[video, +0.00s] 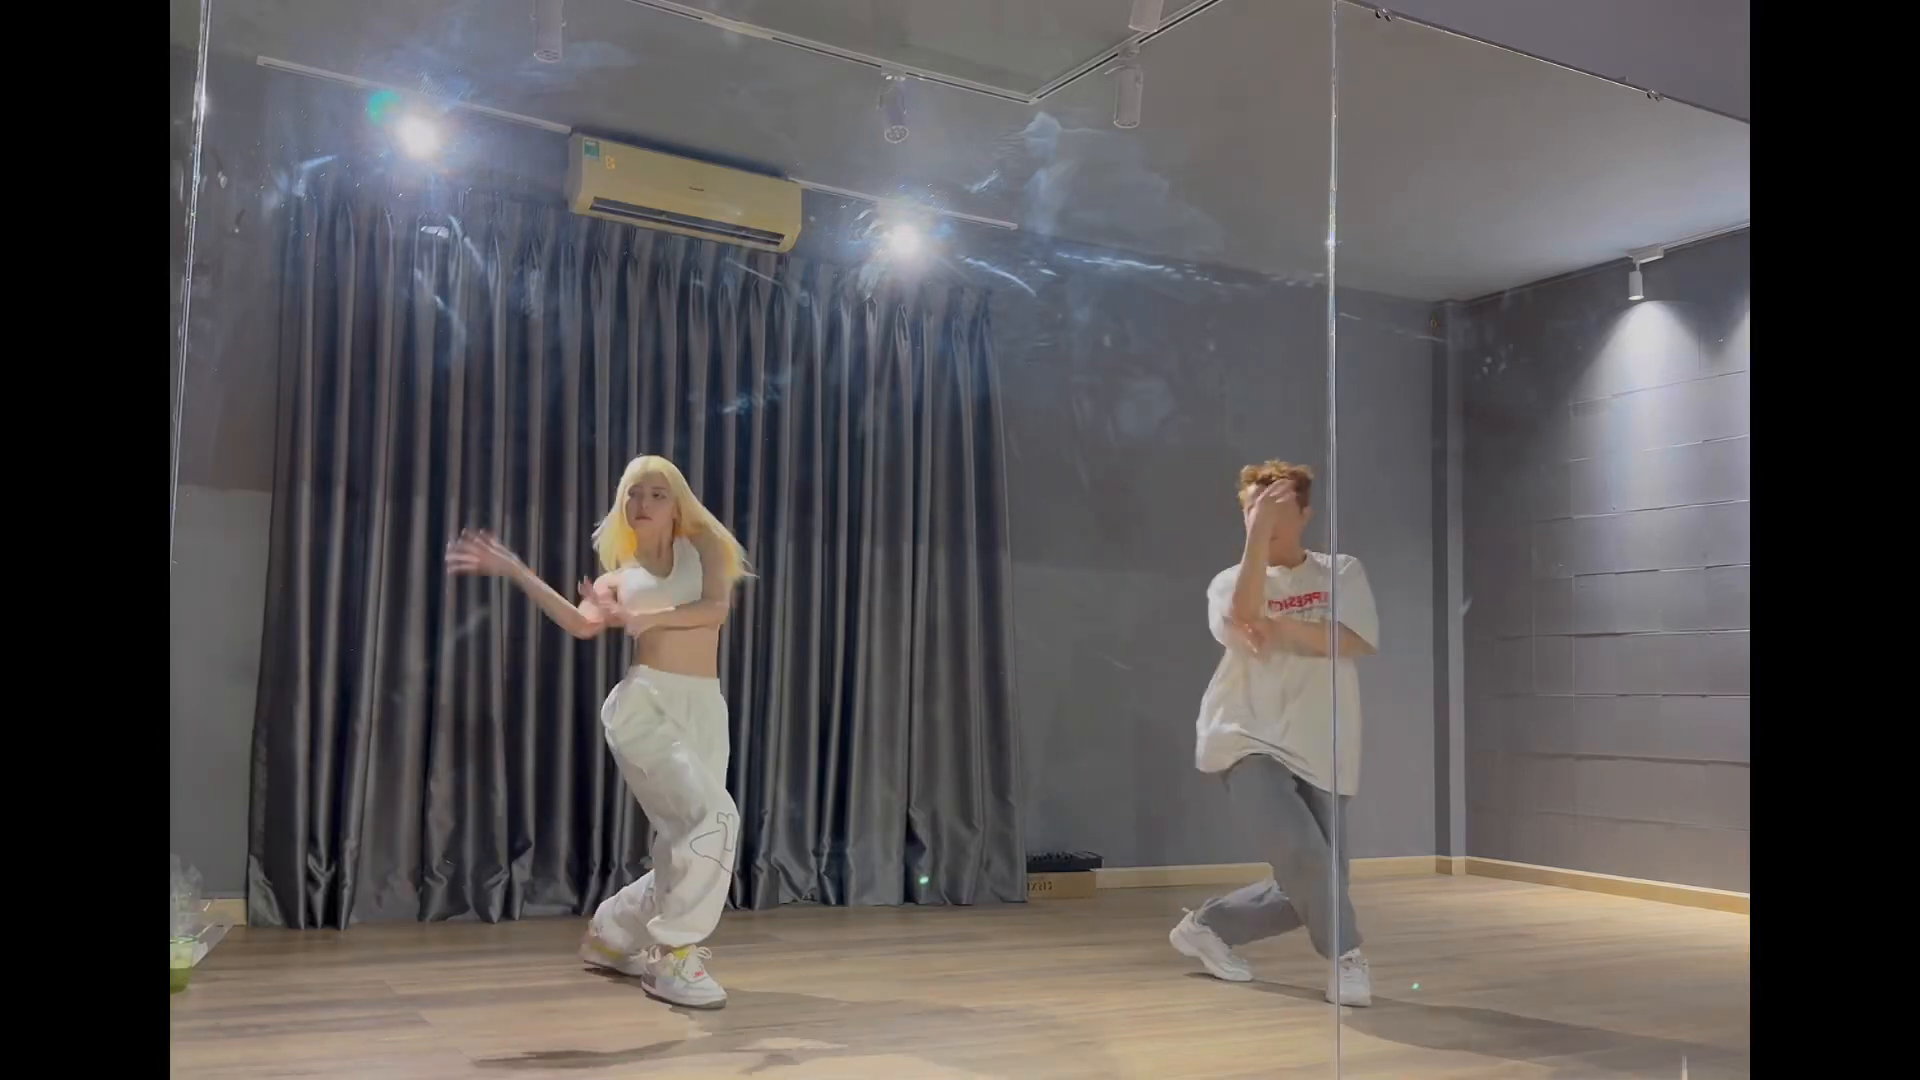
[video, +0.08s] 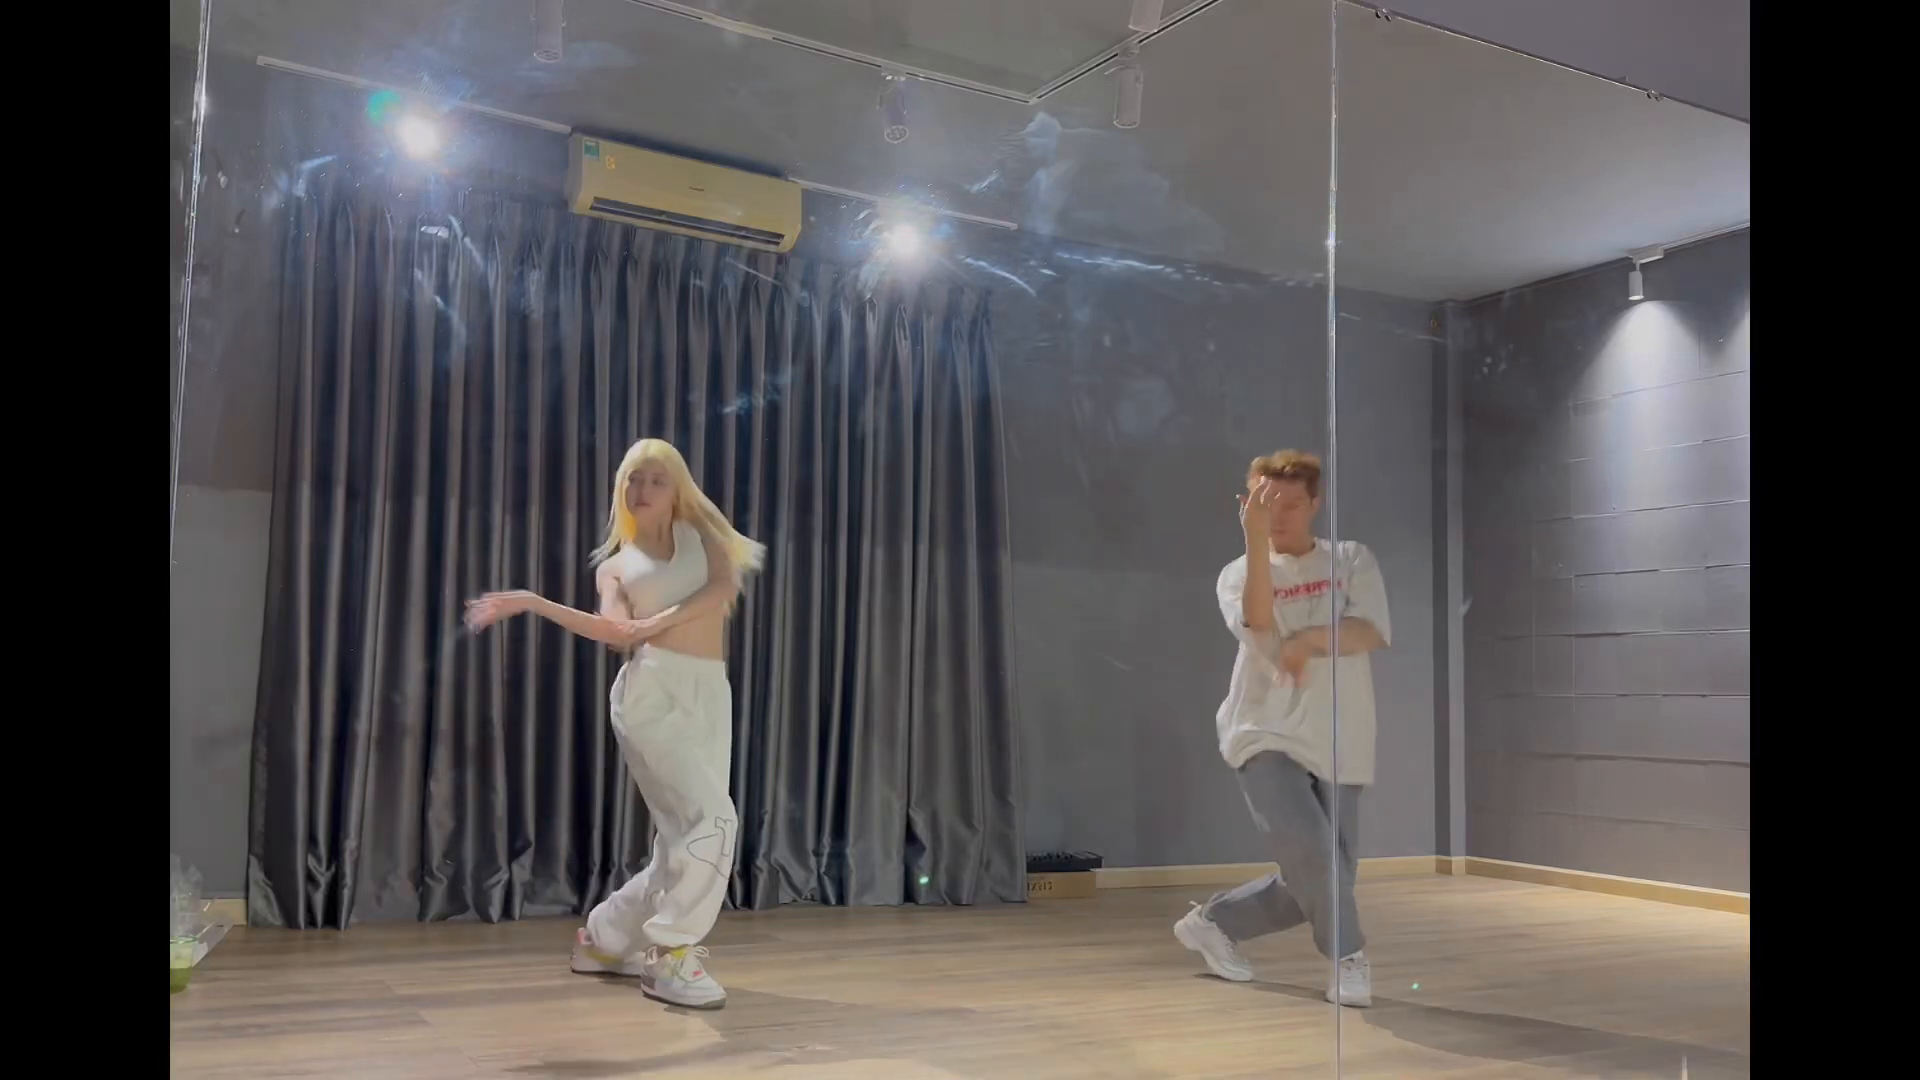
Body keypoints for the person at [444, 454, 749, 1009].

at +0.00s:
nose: (645, 501)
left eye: (658, 492)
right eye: (636, 492)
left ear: (679, 504)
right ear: (624, 506)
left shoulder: (707, 548)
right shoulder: (618, 578)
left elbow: (714, 612)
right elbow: (582, 624)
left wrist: (633, 619)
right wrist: (513, 568)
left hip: (704, 713)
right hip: (642, 708)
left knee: (692, 850)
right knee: (712, 819)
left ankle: (613, 935)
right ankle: (675, 957)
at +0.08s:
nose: (644, 490)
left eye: (656, 480)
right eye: (635, 480)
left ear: (677, 488)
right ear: (622, 489)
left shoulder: (707, 537)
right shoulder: (615, 564)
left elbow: (724, 591)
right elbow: (616, 632)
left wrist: (658, 623)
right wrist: (530, 602)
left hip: (709, 697)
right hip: (649, 694)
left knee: (689, 840)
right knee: (715, 818)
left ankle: (606, 934)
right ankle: (672, 957)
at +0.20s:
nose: (665, 436)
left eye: (676, 424)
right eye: (654, 425)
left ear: (695, 433)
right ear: (636, 435)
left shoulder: (711, 487)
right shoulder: (623, 506)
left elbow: (771, 513)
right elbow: (630, 604)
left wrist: (726, 540)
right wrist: (627, 579)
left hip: (714, 657)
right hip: (659, 653)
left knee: (683, 804)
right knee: (681, 804)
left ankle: (603, 930)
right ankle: (670, 954)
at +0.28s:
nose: (687, 390)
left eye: (693, 384)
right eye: (671, 384)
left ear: (704, 405)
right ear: (643, 411)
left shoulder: (719, 464)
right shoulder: (640, 474)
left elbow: (803, 480)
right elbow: (624, 567)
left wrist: (735, 473)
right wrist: (682, 547)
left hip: (709, 637)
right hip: (660, 634)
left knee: (684, 788)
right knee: (663, 788)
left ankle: (606, 925)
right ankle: (663, 946)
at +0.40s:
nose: (697, 388)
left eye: (702, 381)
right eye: (680, 381)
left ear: (713, 400)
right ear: (654, 406)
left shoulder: (718, 461)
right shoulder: (658, 469)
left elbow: (805, 478)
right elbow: (647, 563)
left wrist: (745, 468)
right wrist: (727, 531)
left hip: (702, 637)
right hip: (664, 635)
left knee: (678, 787)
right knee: (668, 788)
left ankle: (609, 923)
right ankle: (663, 946)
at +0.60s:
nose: (707, 396)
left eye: (711, 387)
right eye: (693, 385)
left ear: (715, 402)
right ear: (663, 401)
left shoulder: (713, 463)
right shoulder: (666, 475)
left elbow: (790, 480)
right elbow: (674, 564)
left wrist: (736, 457)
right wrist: (753, 526)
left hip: (692, 636)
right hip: (671, 636)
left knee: (661, 783)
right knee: (678, 787)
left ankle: (608, 923)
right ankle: (663, 945)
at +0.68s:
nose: (714, 402)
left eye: (718, 394)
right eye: (701, 390)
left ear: (716, 408)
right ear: (667, 399)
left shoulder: (703, 456)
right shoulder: (668, 474)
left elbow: (766, 481)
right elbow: (684, 567)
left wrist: (779, 468)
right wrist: (766, 524)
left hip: (688, 634)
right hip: (674, 637)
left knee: (659, 780)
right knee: (685, 785)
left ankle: (611, 921)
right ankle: (667, 944)